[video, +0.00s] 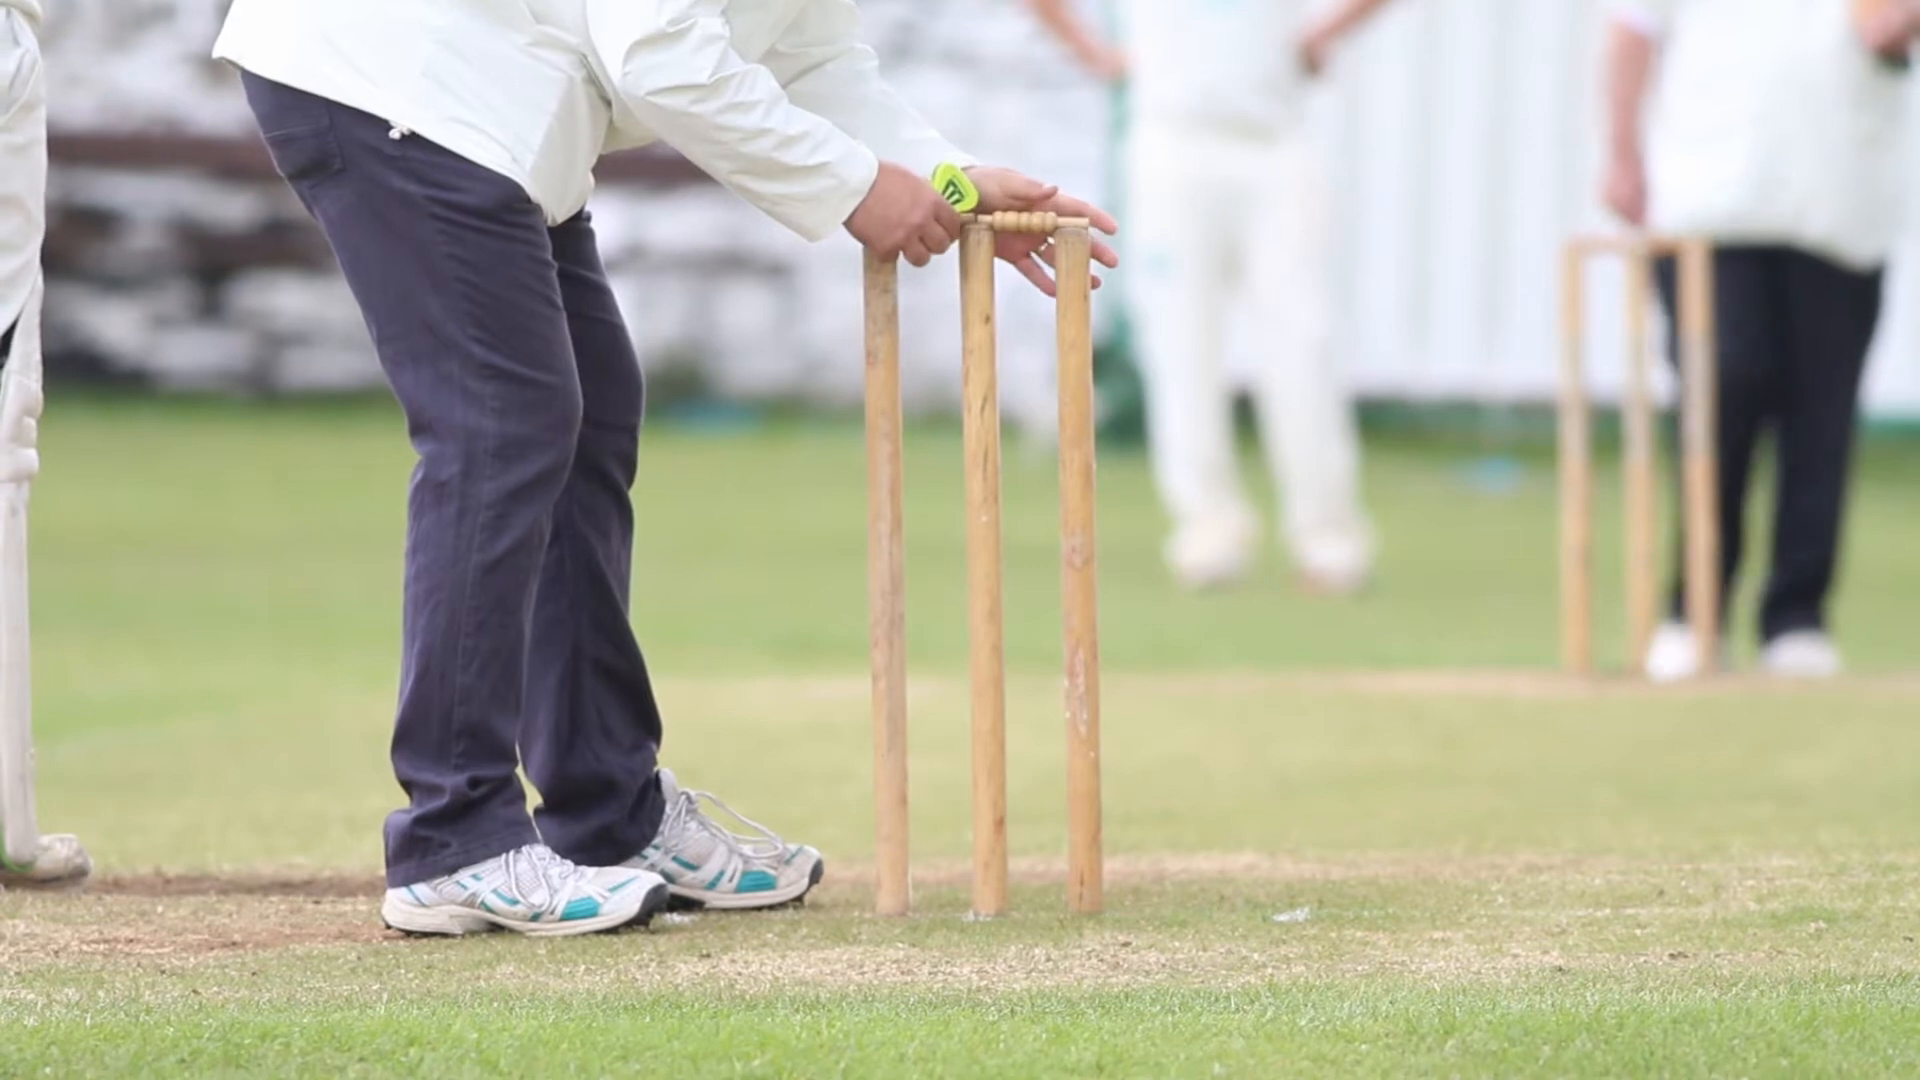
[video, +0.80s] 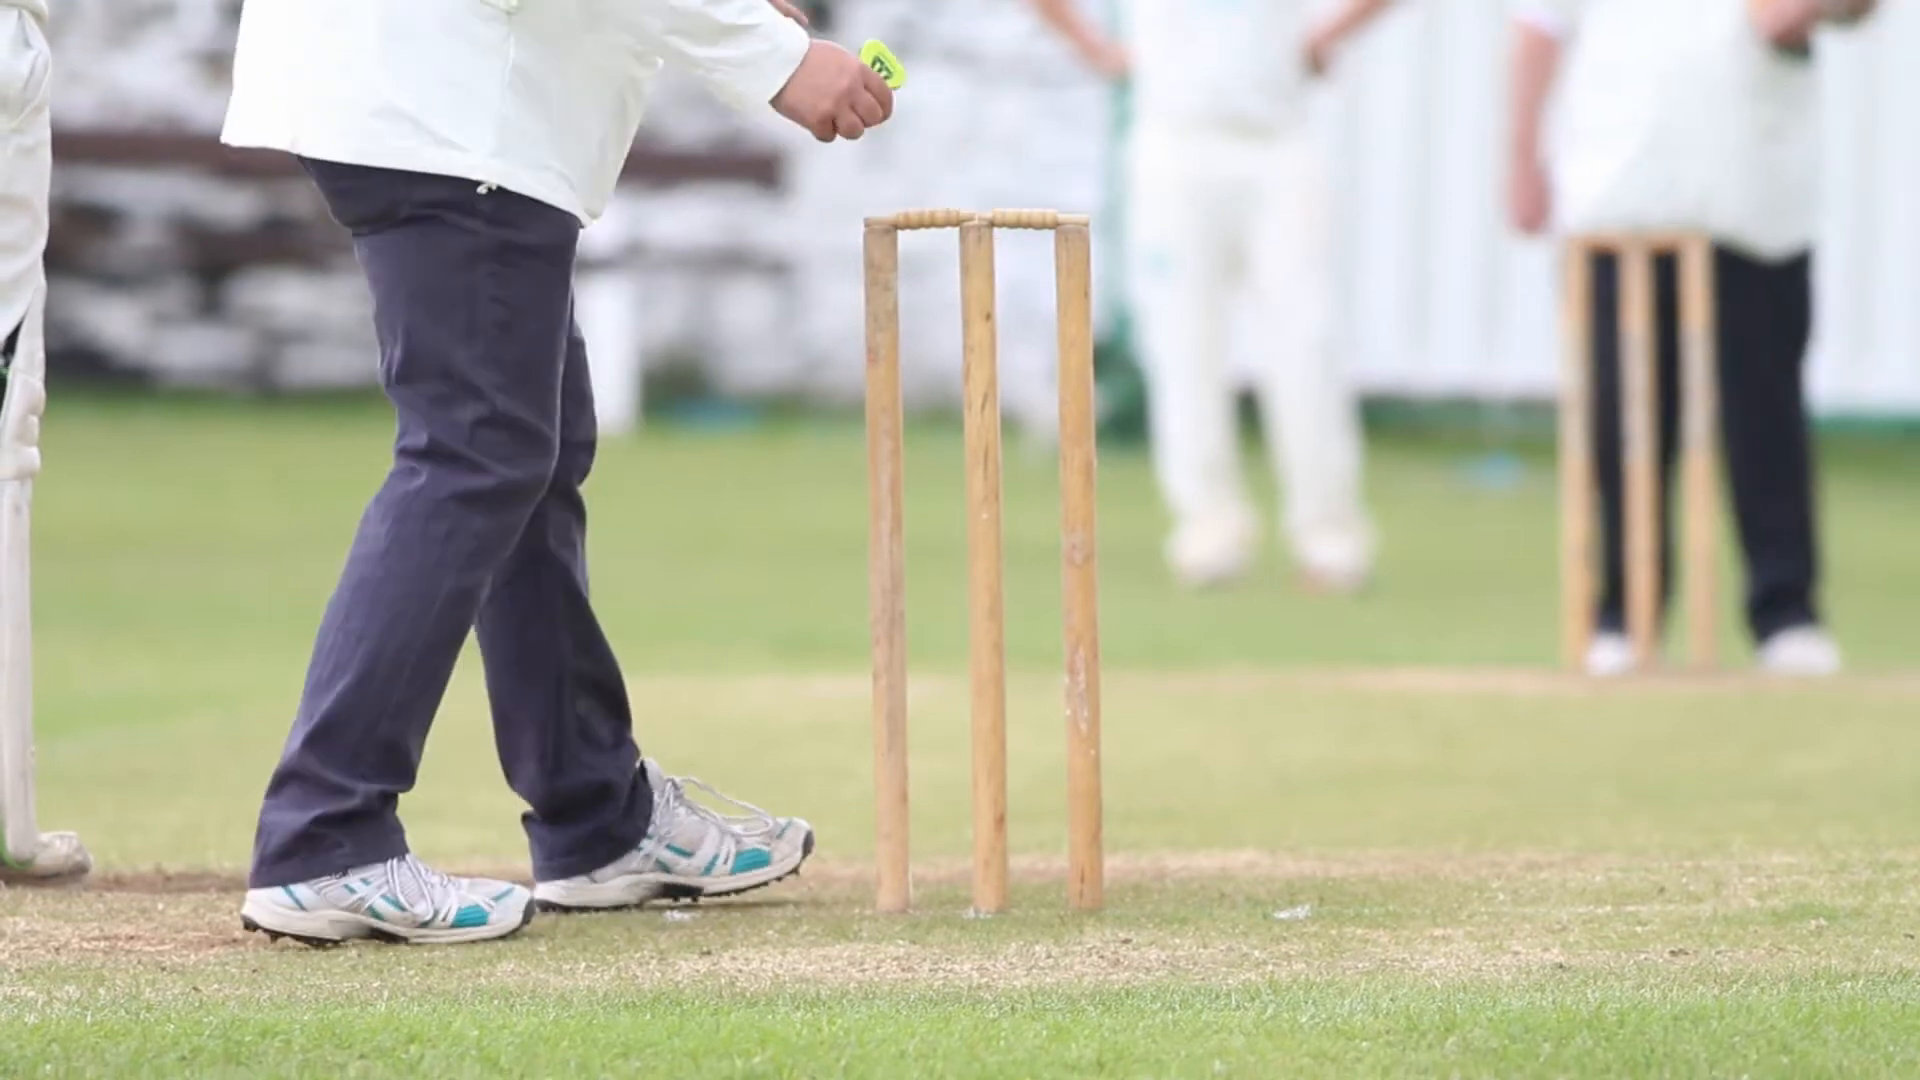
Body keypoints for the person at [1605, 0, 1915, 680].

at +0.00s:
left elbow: (1886, 28)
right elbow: (1633, 24)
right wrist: (1625, 158)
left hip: (1845, 197)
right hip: (1710, 191)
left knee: (1820, 431)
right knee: (1714, 420)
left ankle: (1796, 624)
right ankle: (1690, 622)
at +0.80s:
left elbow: (1862, 7)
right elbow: (1541, 20)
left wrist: (1813, 8)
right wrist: (1524, 158)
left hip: (1759, 189)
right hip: (1619, 186)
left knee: (1765, 418)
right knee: (1624, 422)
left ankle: (1787, 619)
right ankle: (1619, 623)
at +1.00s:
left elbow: (1846, 6)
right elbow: (1520, 22)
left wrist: (1794, 10)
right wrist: (1502, 159)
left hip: (1743, 191)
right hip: (1601, 189)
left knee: (1755, 419)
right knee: (1615, 425)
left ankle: (1787, 620)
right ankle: (1614, 624)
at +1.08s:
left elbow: (1841, 6)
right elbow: (1513, 23)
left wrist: (1790, 10)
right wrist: (1498, 160)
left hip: (1740, 192)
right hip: (1598, 191)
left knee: (1755, 419)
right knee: (1614, 425)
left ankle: (1787, 621)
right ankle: (1615, 624)